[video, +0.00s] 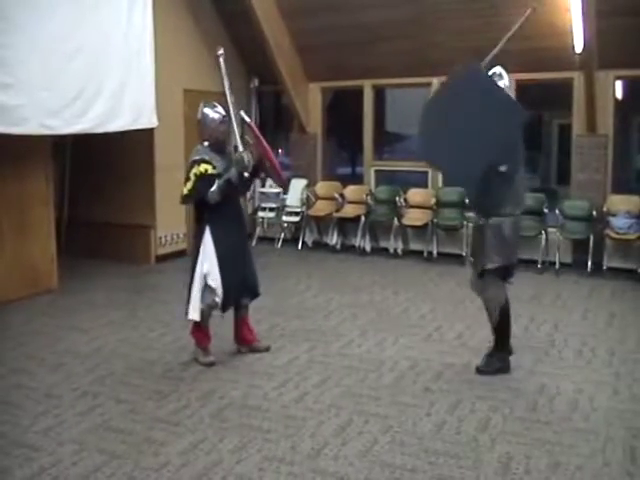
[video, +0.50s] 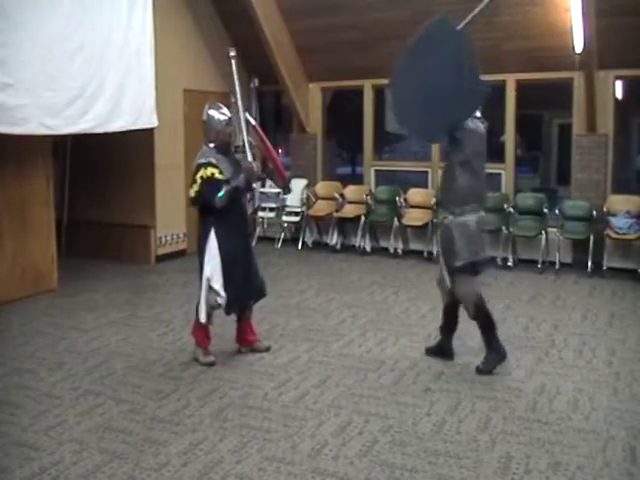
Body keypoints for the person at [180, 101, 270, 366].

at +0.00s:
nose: (226, 129)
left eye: (226, 123)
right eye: (220, 124)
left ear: (227, 127)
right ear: (206, 129)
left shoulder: (228, 156)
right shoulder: (201, 162)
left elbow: (238, 189)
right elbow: (209, 195)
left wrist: (254, 169)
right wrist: (235, 171)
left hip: (235, 227)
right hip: (212, 229)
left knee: (243, 279)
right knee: (209, 282)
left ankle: (244, 334)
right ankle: (201, 342)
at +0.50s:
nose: (232, 133)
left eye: (232, 128)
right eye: (227, 128)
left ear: (230, 130)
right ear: (212, 133)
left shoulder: (232, 158)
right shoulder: (207, 165)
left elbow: (238, 191)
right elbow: (216, 201)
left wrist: (255, 174)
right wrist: (243, 179)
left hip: (237, 230)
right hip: (216, 232)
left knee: (246, 281)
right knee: (212, 284)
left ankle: (246, 335)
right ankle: (201, 341)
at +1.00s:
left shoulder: (286, 179)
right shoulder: (257, 180)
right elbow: (266, 220)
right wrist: (297, 221)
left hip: (281, 246)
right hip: (256, 247)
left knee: (303, 283)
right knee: (236, 293)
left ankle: (310, 333)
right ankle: (209, 344)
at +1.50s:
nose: (310, 158)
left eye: (312, 154)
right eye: (306, 152)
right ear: (291, 150)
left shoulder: (293, 172)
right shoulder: (276, 176)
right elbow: (279, 216)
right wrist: (309, 223)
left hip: (297, 234)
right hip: (279, 237)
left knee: (313, 284)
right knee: (288, 289)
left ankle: (311, 333)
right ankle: (261, 343)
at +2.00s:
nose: (252, 135)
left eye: (252, 130)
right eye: (248, 130)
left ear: (238, 136)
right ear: (239, 135)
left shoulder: (244, 162)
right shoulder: (234, 171)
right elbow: (246, 211)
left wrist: (274, 196)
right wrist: (273, 202)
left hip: (241, 240)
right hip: (248, 244)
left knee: (239, 294)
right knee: (257, 294)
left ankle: (213, 336)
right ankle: (256, 353)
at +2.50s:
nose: (198, 128)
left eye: (195, 122)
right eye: (193, 123)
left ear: (176, 131)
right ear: (182, 129)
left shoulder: (184, 163)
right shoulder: (179, 169)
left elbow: (201, 192)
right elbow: (189, 210)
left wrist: (213, 193)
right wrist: (220, 203)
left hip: (178, 245)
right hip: (190, 246)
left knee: (174, 300)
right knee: (210, 296)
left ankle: (167, 364)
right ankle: (217, 359)